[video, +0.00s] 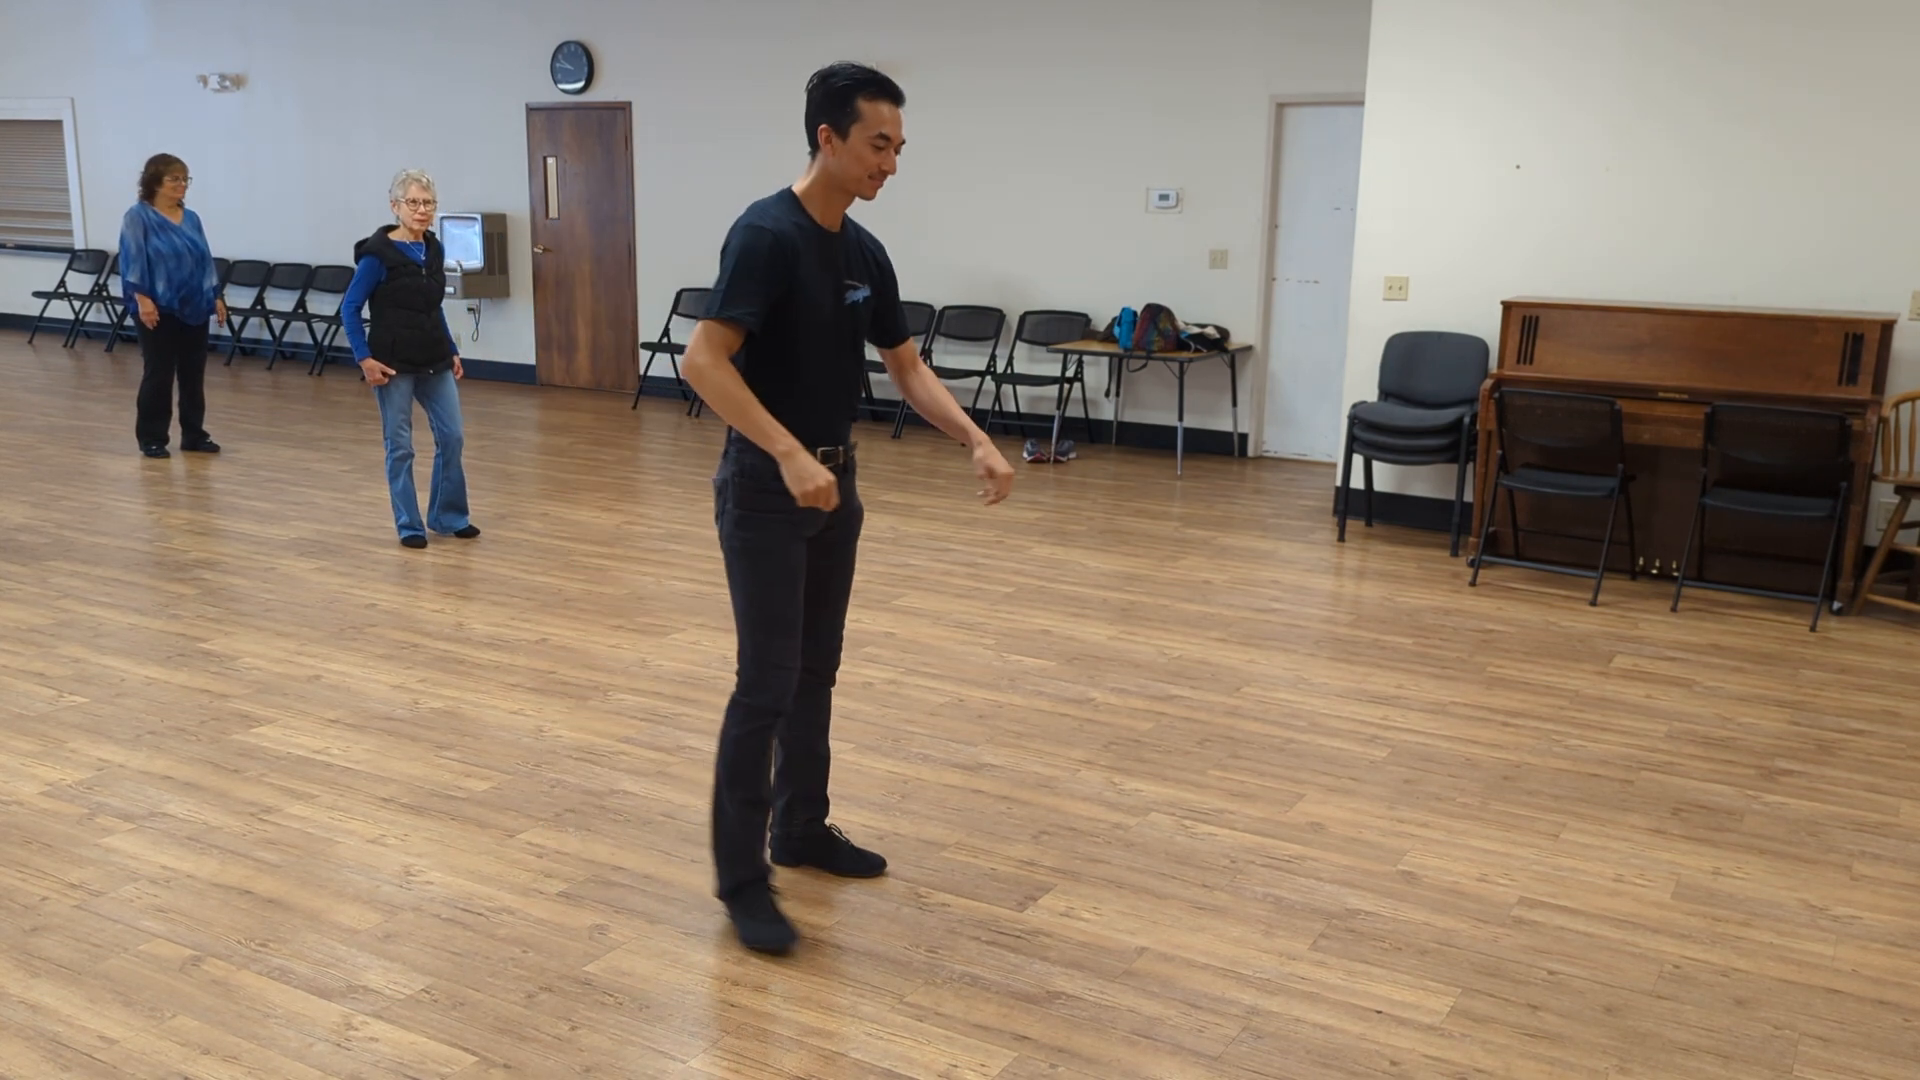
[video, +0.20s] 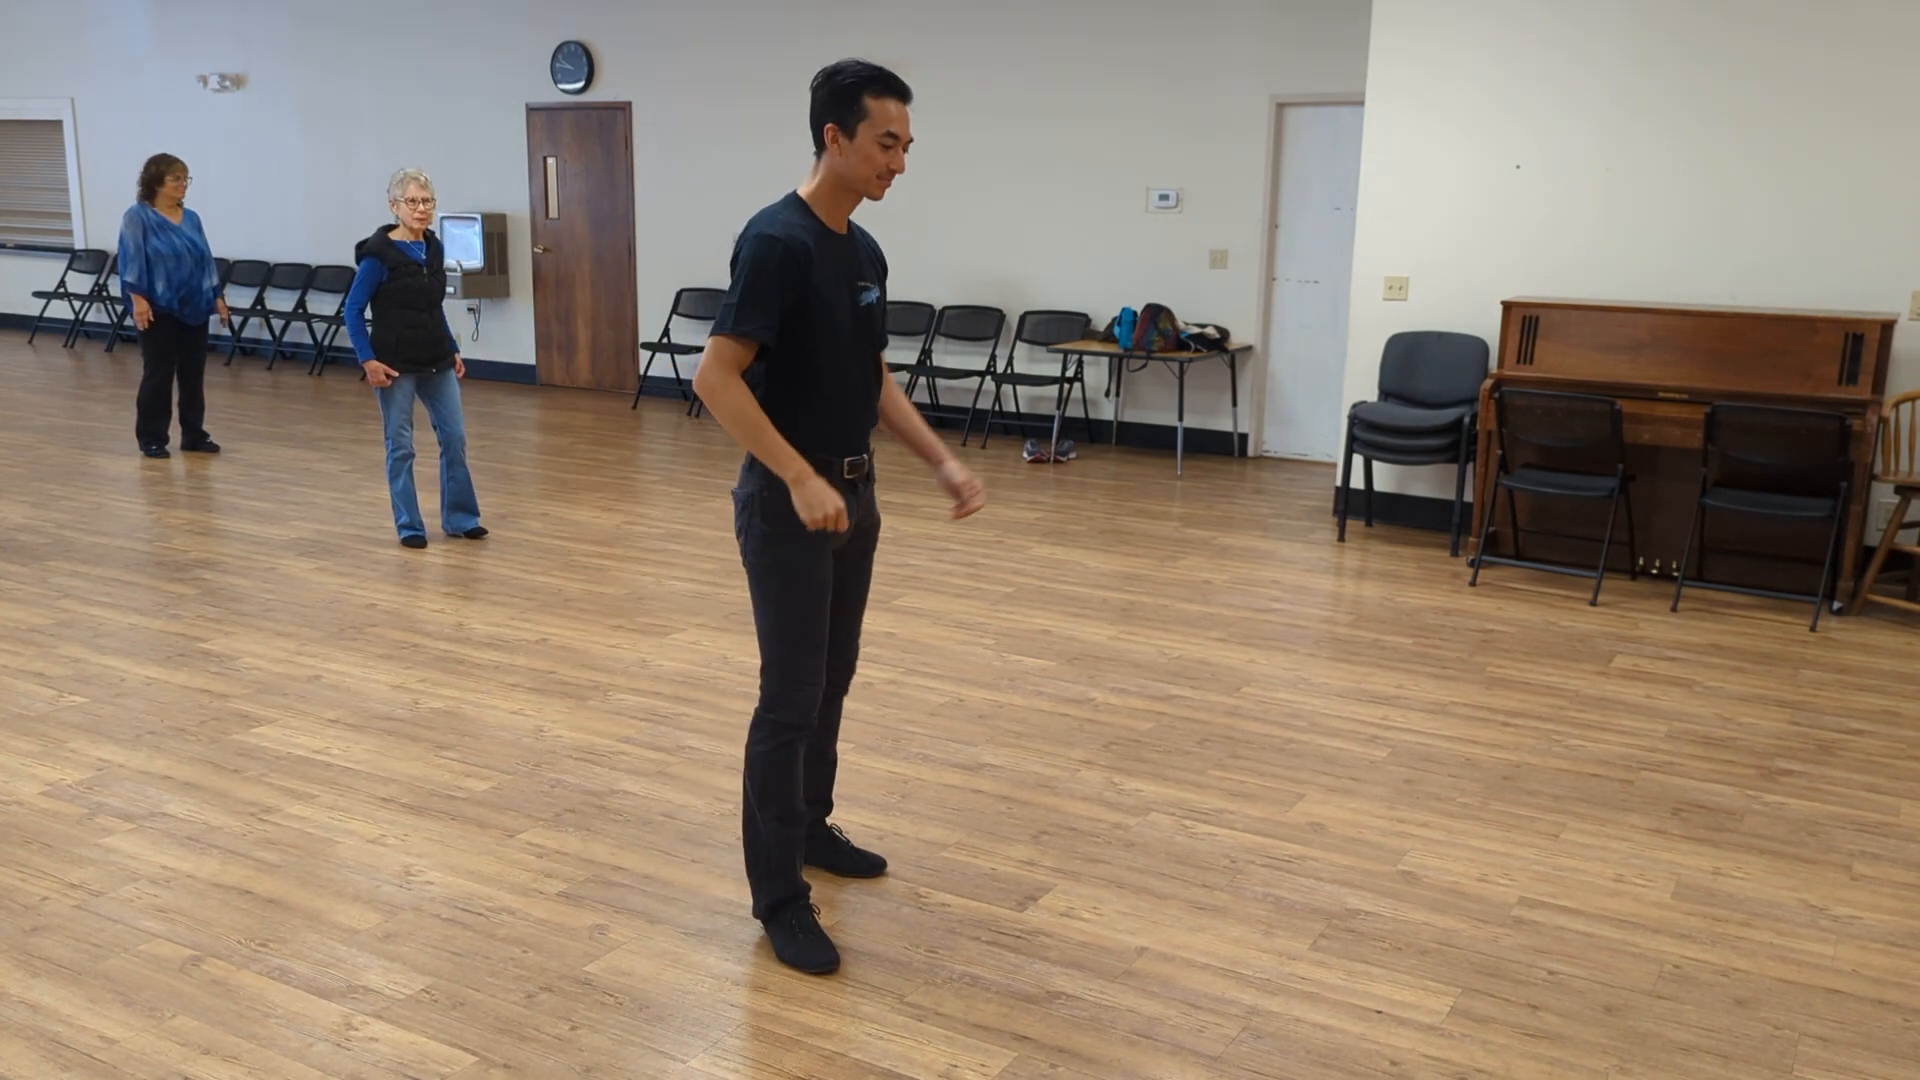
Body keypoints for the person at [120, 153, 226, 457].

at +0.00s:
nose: (182, 185)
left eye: (185, 180)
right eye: (175, 179)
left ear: (186, 183)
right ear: (156, 182)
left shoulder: (190, 217)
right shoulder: (137, 216)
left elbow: (205, 261)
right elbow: (133, 262)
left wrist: (216, 296)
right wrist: (143, 298)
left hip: (194, 308)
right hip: (158, 308)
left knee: (193, 374)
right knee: (159, 374)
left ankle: (193, 435)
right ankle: (152, 440)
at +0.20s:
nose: (183, 184)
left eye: (185, 179)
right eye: (176, 179)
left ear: (186, 183)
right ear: (157, 182)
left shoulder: (190, 217)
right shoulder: (137, 216)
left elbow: (206, 261)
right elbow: (131, 263)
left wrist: (217, 296)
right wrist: (138, 299)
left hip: (194, 309)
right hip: (158, 308)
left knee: (192, 375)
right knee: (159, 375)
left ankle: (193, 435)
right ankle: (152, 440)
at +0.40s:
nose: (183, 184)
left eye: (184, 179)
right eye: (176, 178)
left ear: (184, 183)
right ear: (157, 181)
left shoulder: (190, 217)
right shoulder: (137, 216)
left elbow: (203, 262)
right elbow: (131, 264)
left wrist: (212, 295)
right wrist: (139, 301)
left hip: (194, 308)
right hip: (158, 308)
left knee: (192, 375)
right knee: (158, 375)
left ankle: (194, 435)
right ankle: (152, 440)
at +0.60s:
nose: (181, 184)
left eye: (183, 179)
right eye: (174, 179)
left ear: (183, 183)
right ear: (155, 182)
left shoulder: (188, 216)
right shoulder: (136, 216)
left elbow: (203, 261)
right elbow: (131, 263)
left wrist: (214, 295)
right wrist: (140, 300)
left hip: (193, 308)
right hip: (157, 308)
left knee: (192, 375)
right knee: (158, 374)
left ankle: (193, 435)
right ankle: (152, 440)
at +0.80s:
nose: (180, 183)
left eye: (182, 178)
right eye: (173, 178)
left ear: (182, 182)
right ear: (154, 182)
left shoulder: (188, 216)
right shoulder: (135, 216)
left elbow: (201, 261)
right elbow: (130, 263)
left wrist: (209, 295)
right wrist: (138, 300)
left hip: (193, 308)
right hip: (157, 308)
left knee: (192, 376)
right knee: (158, 375)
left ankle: (194, 435)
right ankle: (152, 440)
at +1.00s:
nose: (179, 183)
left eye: (181, 178)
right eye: (171, 178)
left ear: (182, 182)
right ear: (152, 181)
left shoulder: (187, 216)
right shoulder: (135, 216)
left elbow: (201, 261)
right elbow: (130, 263)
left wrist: (211, 295)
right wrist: (137, 299)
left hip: (193, 307)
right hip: (157, 307)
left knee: (192, 375)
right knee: (158, 375)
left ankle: (194, 436)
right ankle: (152, 440)